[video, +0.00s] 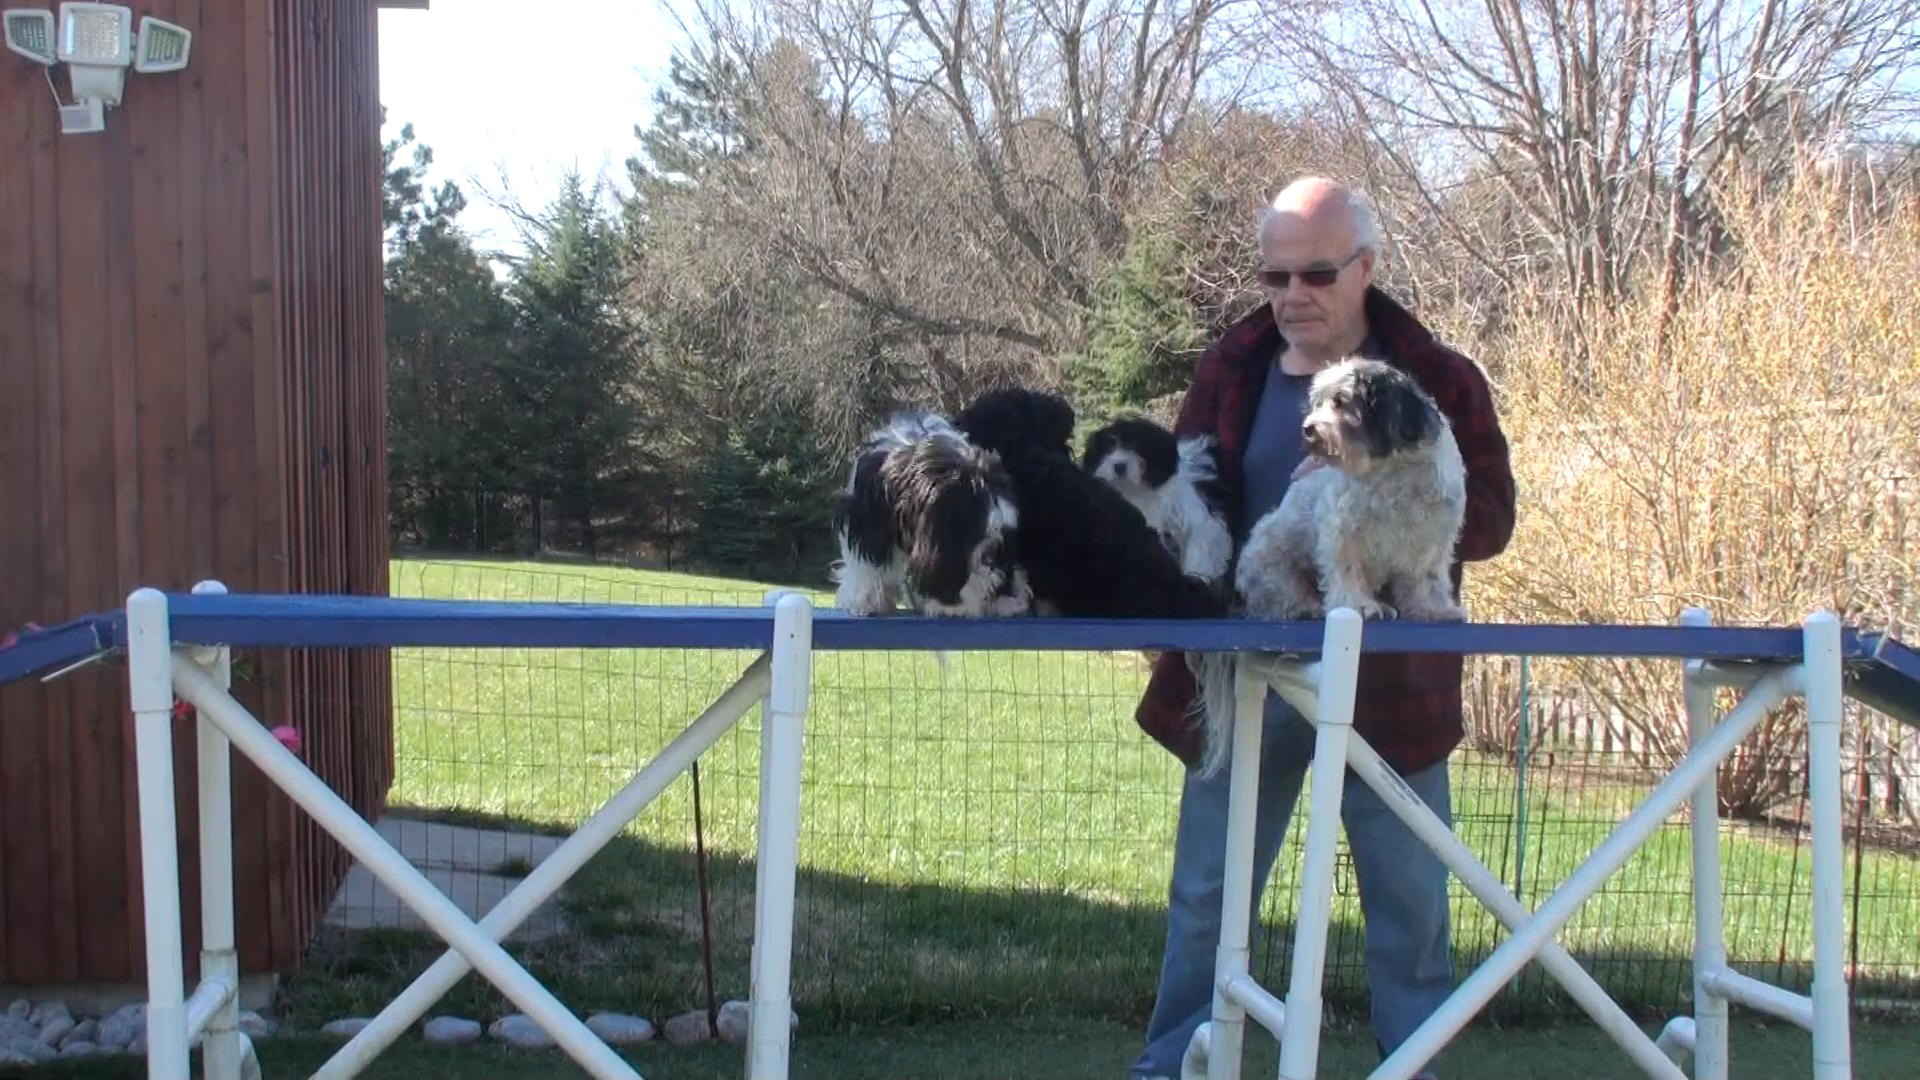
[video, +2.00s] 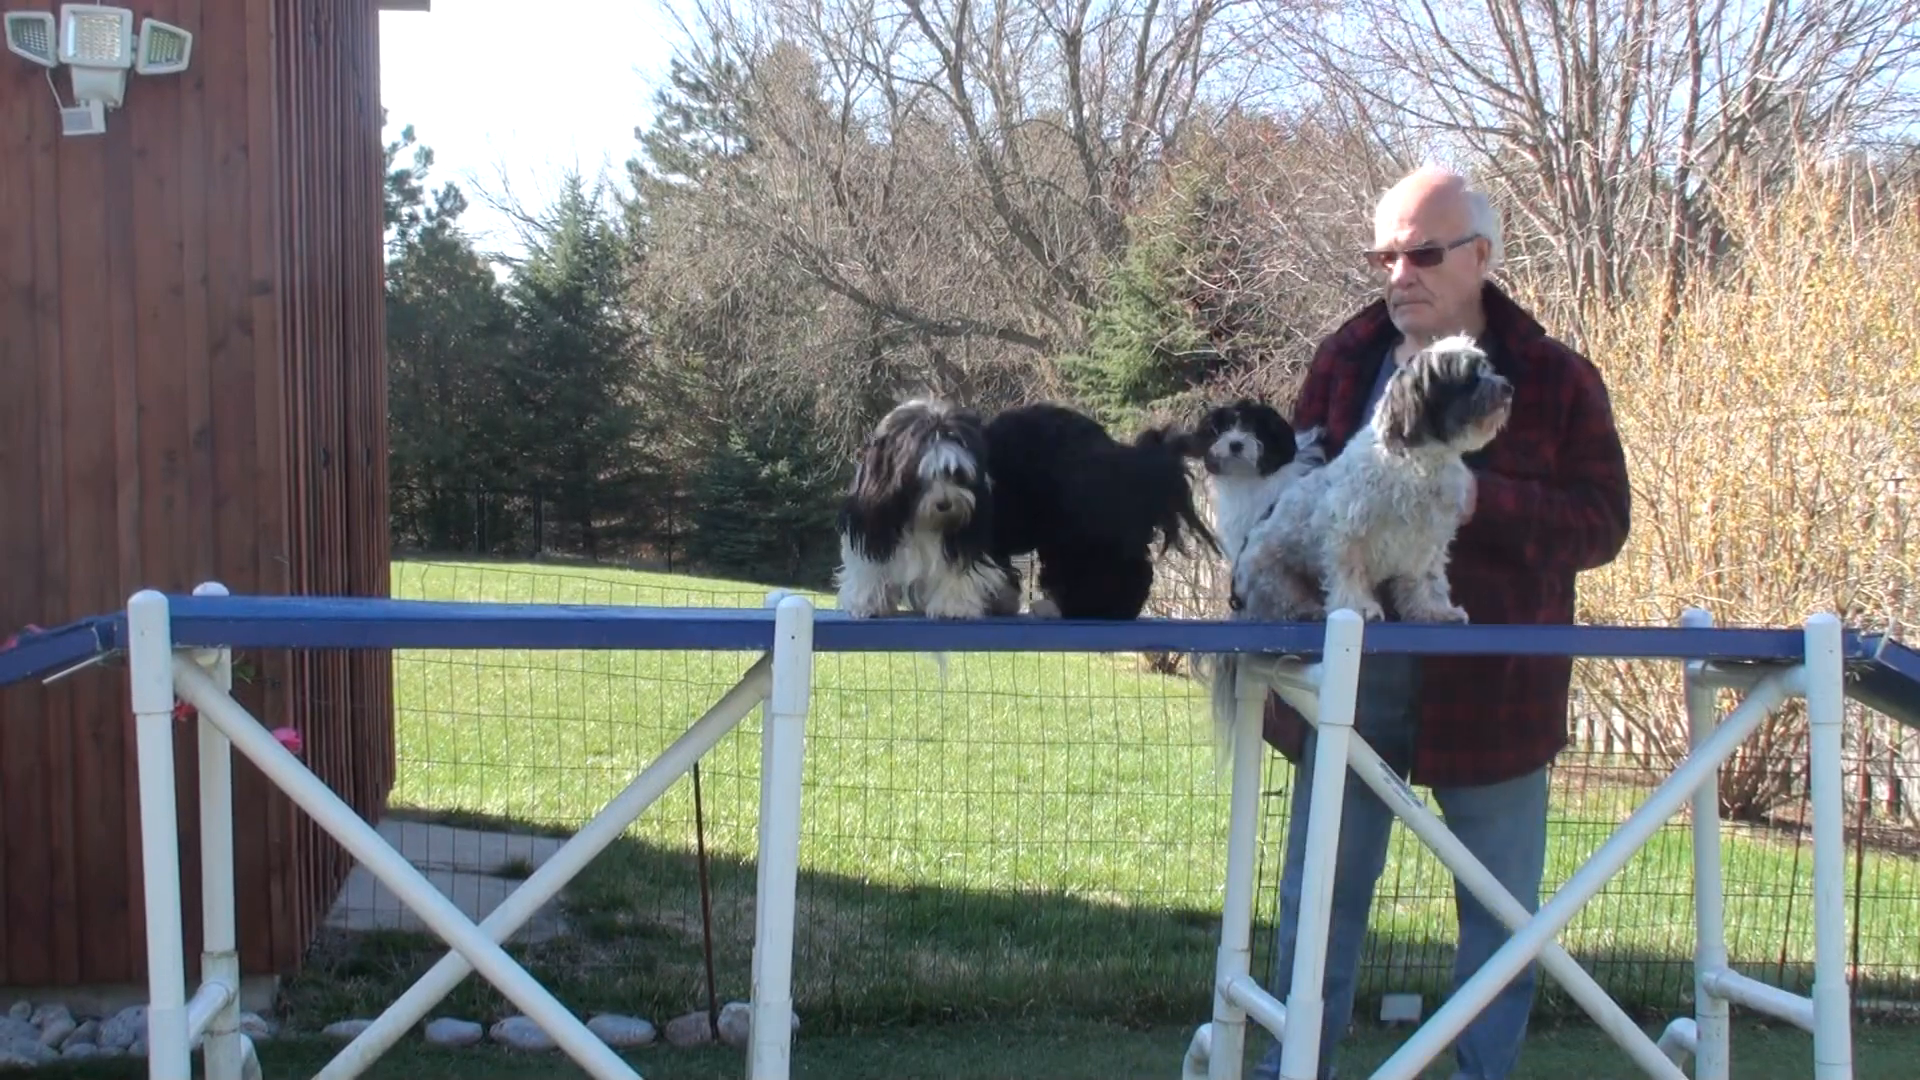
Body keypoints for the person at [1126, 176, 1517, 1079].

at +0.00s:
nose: (1295, 295)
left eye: (1318, 274)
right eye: (1276, 275)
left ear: (1368, 267)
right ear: (1258, 273)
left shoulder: (1440, 380)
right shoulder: (1225, 369)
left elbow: (1491, 518)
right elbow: (1183, 504)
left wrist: (1379, 479)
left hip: (1391, 677)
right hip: (1247, 666)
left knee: (1410, 906)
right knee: (1206, 893)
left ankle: (1412, 1070)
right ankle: (1176, 1064)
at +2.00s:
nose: (1403, 273)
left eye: (1428, 255)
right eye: (1390, 255)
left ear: (1484, 257)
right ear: (1375, 258)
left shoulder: (1557, 378)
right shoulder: (1344, 362)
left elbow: (1600, 524)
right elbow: (1290, 498)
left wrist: (1465, 488)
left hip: (1496, 677)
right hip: (1352, 667)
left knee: (1500, 919)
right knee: (1320, 903)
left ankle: (1485, 1067)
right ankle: (1298, 1064)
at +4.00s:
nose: (1474, 270)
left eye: (1500, 252)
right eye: (1459, 252)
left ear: (1554, 254)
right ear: (1442, 256)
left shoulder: (1614, 381)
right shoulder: (1391, 357)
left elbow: (1652, 527)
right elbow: (1323, 481)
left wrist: (1582, 518)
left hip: (1544, 677)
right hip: (1405, 667)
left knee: (1538, 913)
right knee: (1410, 906)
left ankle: (1511, 1064)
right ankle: (1414, 1069)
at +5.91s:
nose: (1583, 250)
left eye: (1607, 235)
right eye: (1563, 235)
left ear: (1641, 254)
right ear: (1535, 251)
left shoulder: (1685, 374)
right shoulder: (1475, 347)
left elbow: (1727, 514)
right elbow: (1386, 439)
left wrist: (1619, 466)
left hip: (1614, 659)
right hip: (1476, 652)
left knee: (1613, 900)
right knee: (1451, 894)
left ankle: (1596, 1069)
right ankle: (1426, 1068)